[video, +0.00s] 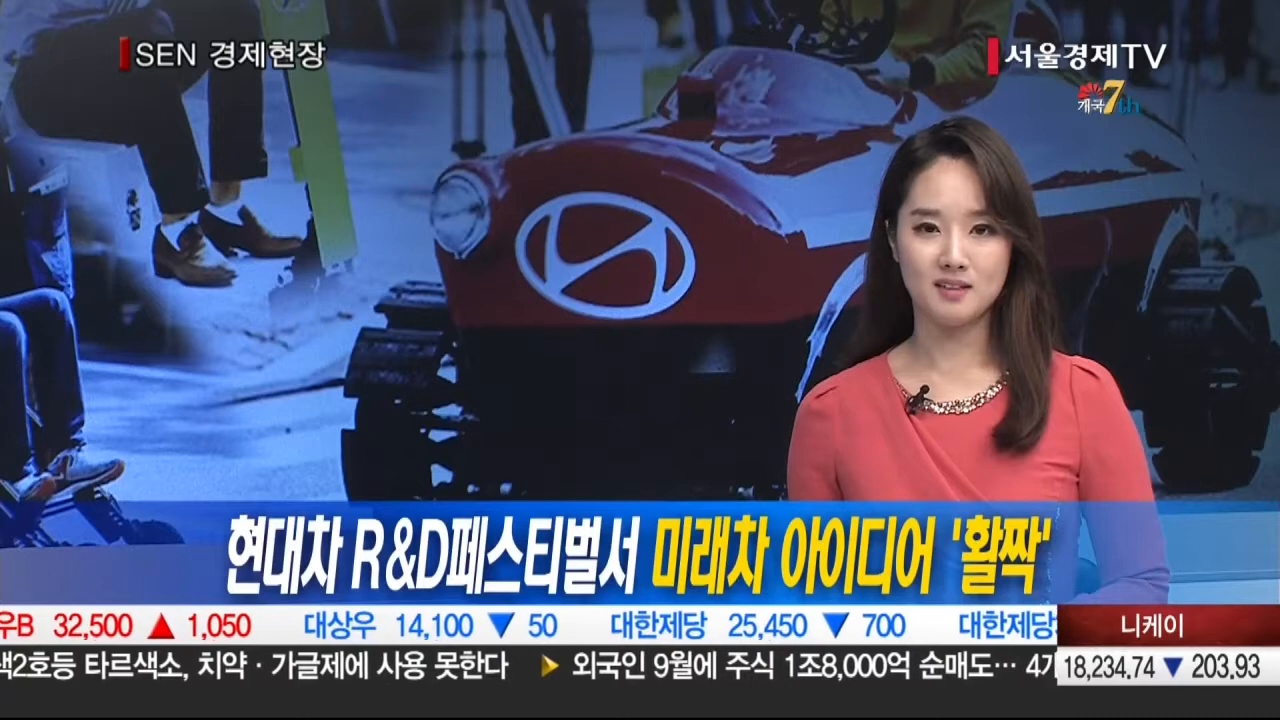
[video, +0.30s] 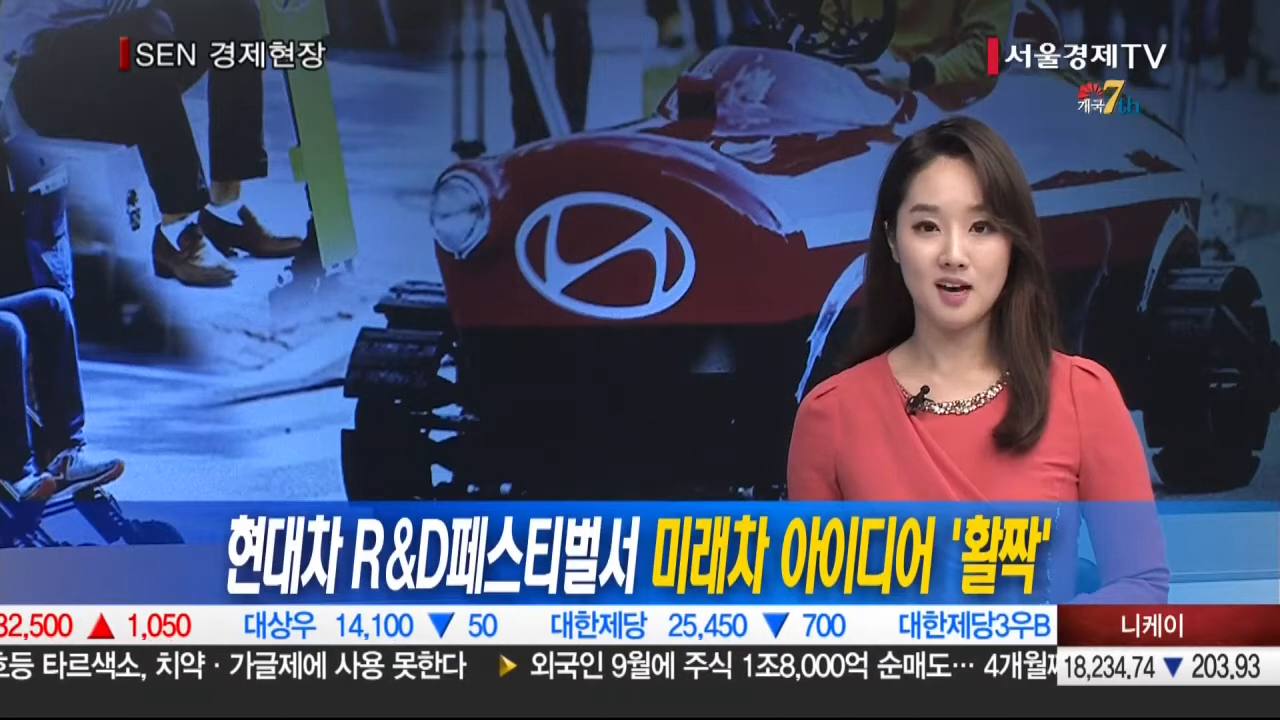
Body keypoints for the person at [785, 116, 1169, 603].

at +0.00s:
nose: (954, 257)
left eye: (982, 229)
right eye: (927, 228)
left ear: (1016, 246)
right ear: (893, 242)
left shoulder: (1083, 397)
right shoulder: (829, 415)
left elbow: (1143, 582)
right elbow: (811, 603)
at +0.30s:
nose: (954, 256)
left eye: (981, 228)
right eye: (927, 227)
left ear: (1015, 245)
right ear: (893, 243)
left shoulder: (1084, 397)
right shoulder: (829, 415)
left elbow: (1143, 582)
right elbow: (810, 603)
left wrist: (1032, 642)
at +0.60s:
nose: (954, 255)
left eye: (981, 227)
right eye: (927, 226)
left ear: (1014, 245)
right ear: (893, 242)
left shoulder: (1083, 397)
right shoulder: (829, 416)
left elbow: (1142, 582)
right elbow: (812, 604)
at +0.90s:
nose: (954, 258)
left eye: (981, 231)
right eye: (927, 230)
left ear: (1015, 245)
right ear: (893, 243)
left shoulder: (1084, 397)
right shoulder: (830, 415)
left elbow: (1142, 583)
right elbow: (811, 605)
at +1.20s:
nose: (955, 259)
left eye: (982, 230)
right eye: (927, 230)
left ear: (1016, 245)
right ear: (894, 244)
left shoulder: (1084, 397)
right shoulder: (831, 415)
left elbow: (1142, 583)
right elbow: (810, 604)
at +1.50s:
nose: (953, 260)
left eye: (980, 231)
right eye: (925, 231)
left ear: (1015, 245)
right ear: (893, 245)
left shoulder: (1084, 397)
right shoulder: (830, 415)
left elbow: (1143, 582)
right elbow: (811, 604)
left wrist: (1035, 644)